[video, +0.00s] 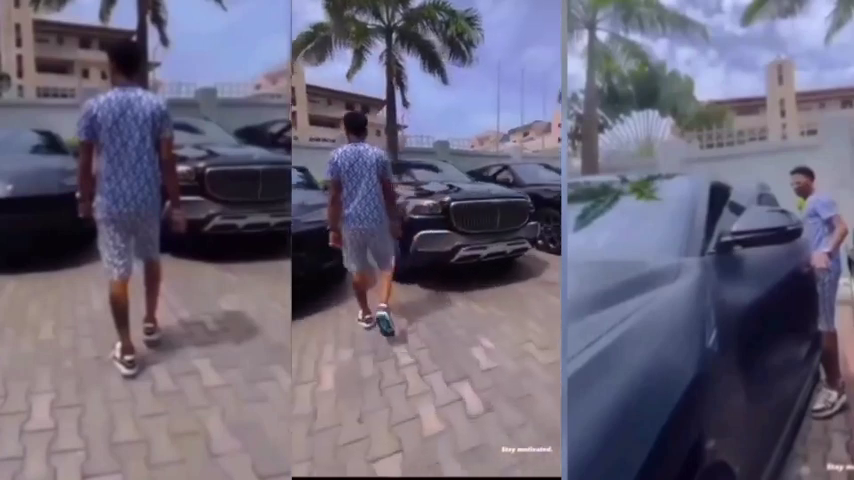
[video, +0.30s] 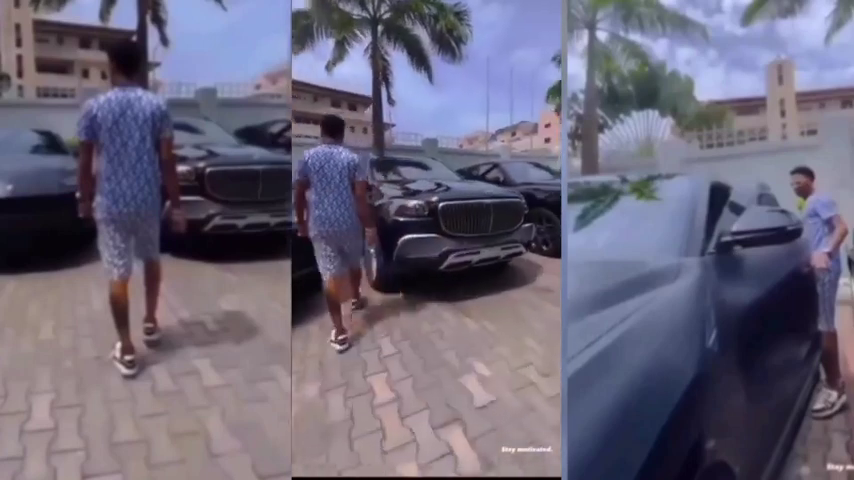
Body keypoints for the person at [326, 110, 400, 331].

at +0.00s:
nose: (349, 133)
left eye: (345, 129)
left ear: (345, 130)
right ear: (366, 129)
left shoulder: (337, 156)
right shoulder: (378, 155)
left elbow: (335, 196)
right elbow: (389, 192)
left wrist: (334, 228)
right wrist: (394, 220)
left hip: (351, 224)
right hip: (378, 222)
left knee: (357, 271)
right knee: (387, 266)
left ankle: (365, 313)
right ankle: (384, 304)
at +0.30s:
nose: (330, 137)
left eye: (325, 132)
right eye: (339, 133)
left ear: (321, 133)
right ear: (343, 133)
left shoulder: (309, 157)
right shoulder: (352, 158)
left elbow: (300, 192)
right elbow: (360, 195)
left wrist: (301, 222)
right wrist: (369, 225)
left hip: (320, 223)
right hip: (348, 221)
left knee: (329, 275)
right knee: (354, 261)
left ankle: (339, 331)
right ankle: (356, 297)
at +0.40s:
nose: (322, 140)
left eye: (319, 135)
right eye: (333, 136)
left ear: (316, 135)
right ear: (337, 137)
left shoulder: (302, 159)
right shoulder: (345, 162)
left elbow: (296, 196)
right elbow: (354, 198)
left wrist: (297, 224)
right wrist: (361, 227)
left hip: (313, 225)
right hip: (340, 223)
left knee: (320, 278)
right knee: (345, 262)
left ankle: (329, 336)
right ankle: (343, 297)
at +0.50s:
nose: (320, 140)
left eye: (317, 135)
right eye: (329, 137)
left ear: (313, 136)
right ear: (333, 137)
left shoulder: (299, 160)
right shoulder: (341, 163)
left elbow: (293, 196)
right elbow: (349, 197)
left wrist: (294, 224)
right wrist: (356, 225)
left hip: (308, 223)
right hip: (336, 222)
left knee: (313, 274)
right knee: (339, 263)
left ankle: (318, 325)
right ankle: (337, 301)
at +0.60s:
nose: (315, 139)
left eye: (312, 134)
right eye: (324, 135)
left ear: (309, 134)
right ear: (329, 136)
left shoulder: (296, 159)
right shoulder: (336, 162)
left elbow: (293, 191)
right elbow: (345, 195)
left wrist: (294, 214)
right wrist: (349, 221)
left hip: (304, 219)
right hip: (331, 219)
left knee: (303, 267)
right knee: (334, 262)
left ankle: (310, 311)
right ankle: (331, 306)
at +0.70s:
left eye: (302, 132)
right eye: (321, 132)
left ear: (302, 132)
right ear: (323, 133)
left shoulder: (292, 157)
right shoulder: (331, 160)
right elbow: (340, 195)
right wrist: (345, 220)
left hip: (298, 218)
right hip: (326, 218)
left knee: (300, 262)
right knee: (329, 265)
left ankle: (307, 306)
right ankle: (326, 310)